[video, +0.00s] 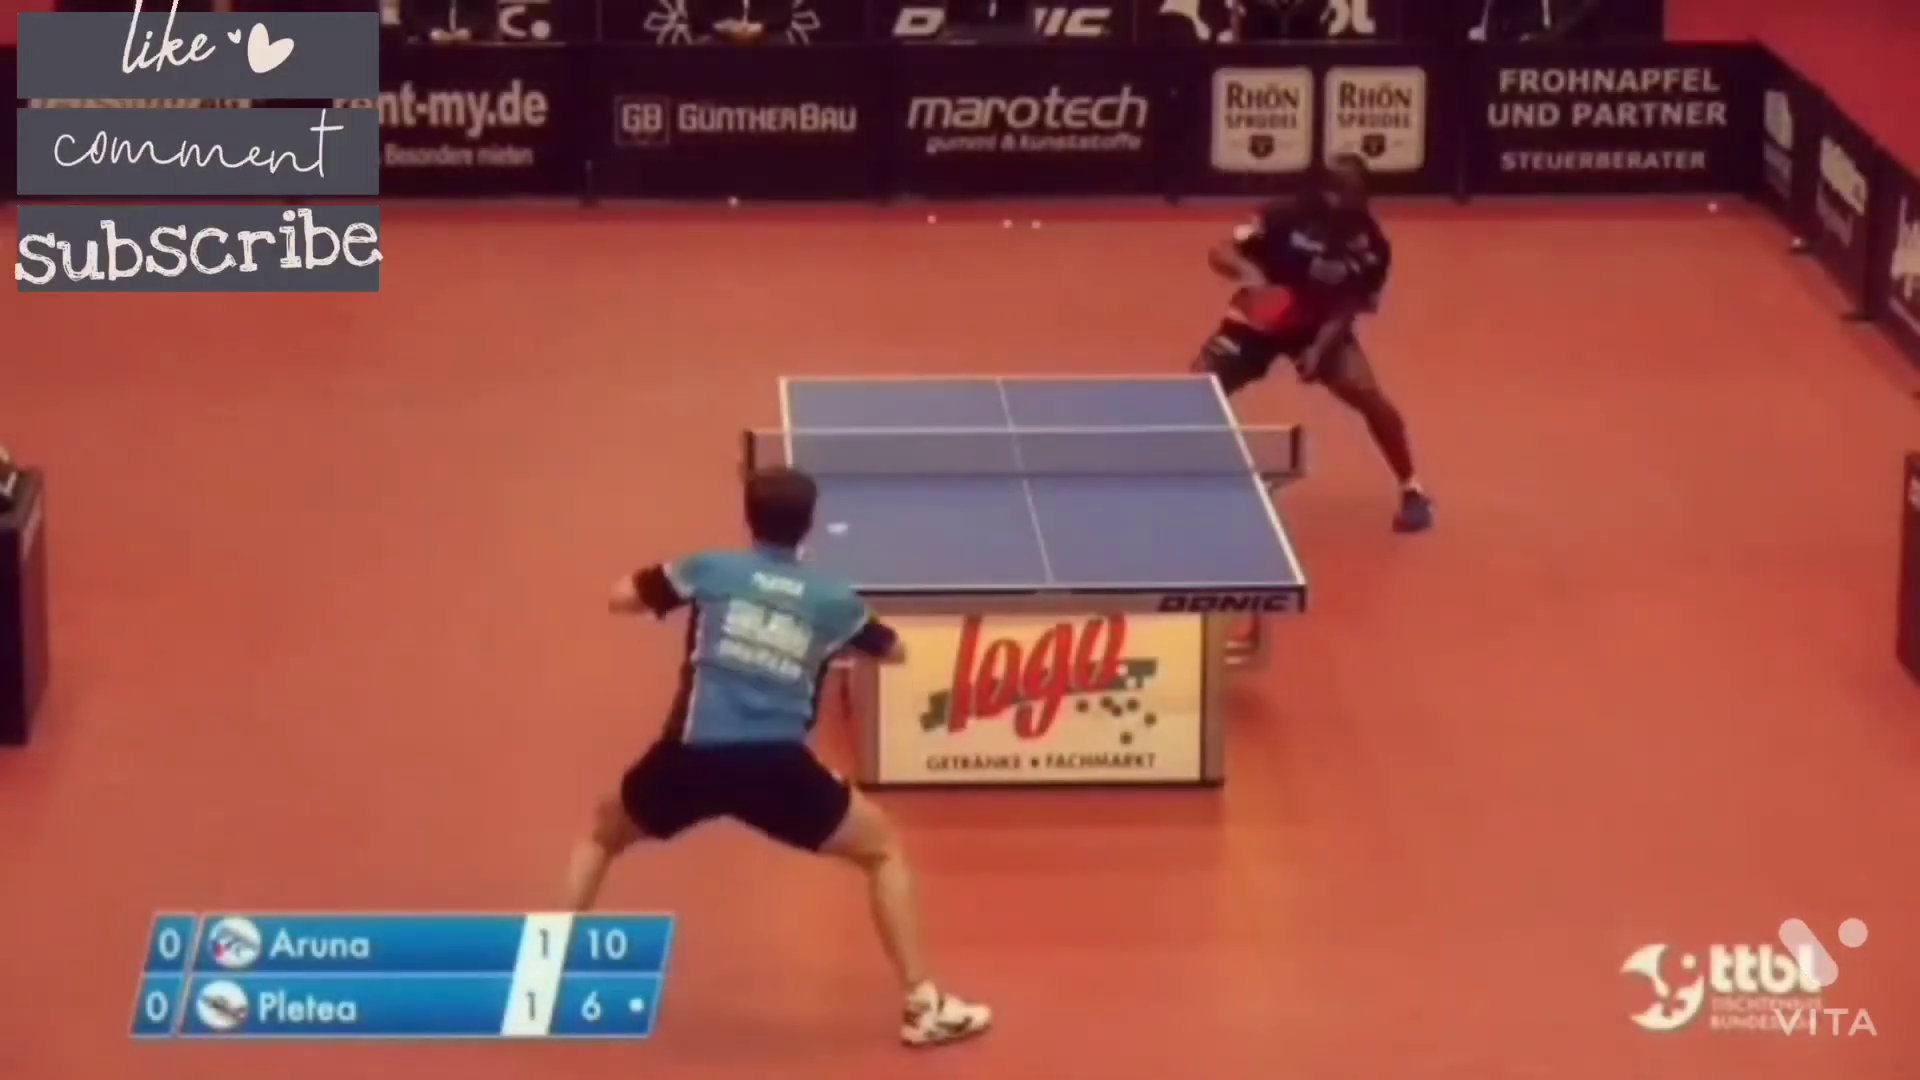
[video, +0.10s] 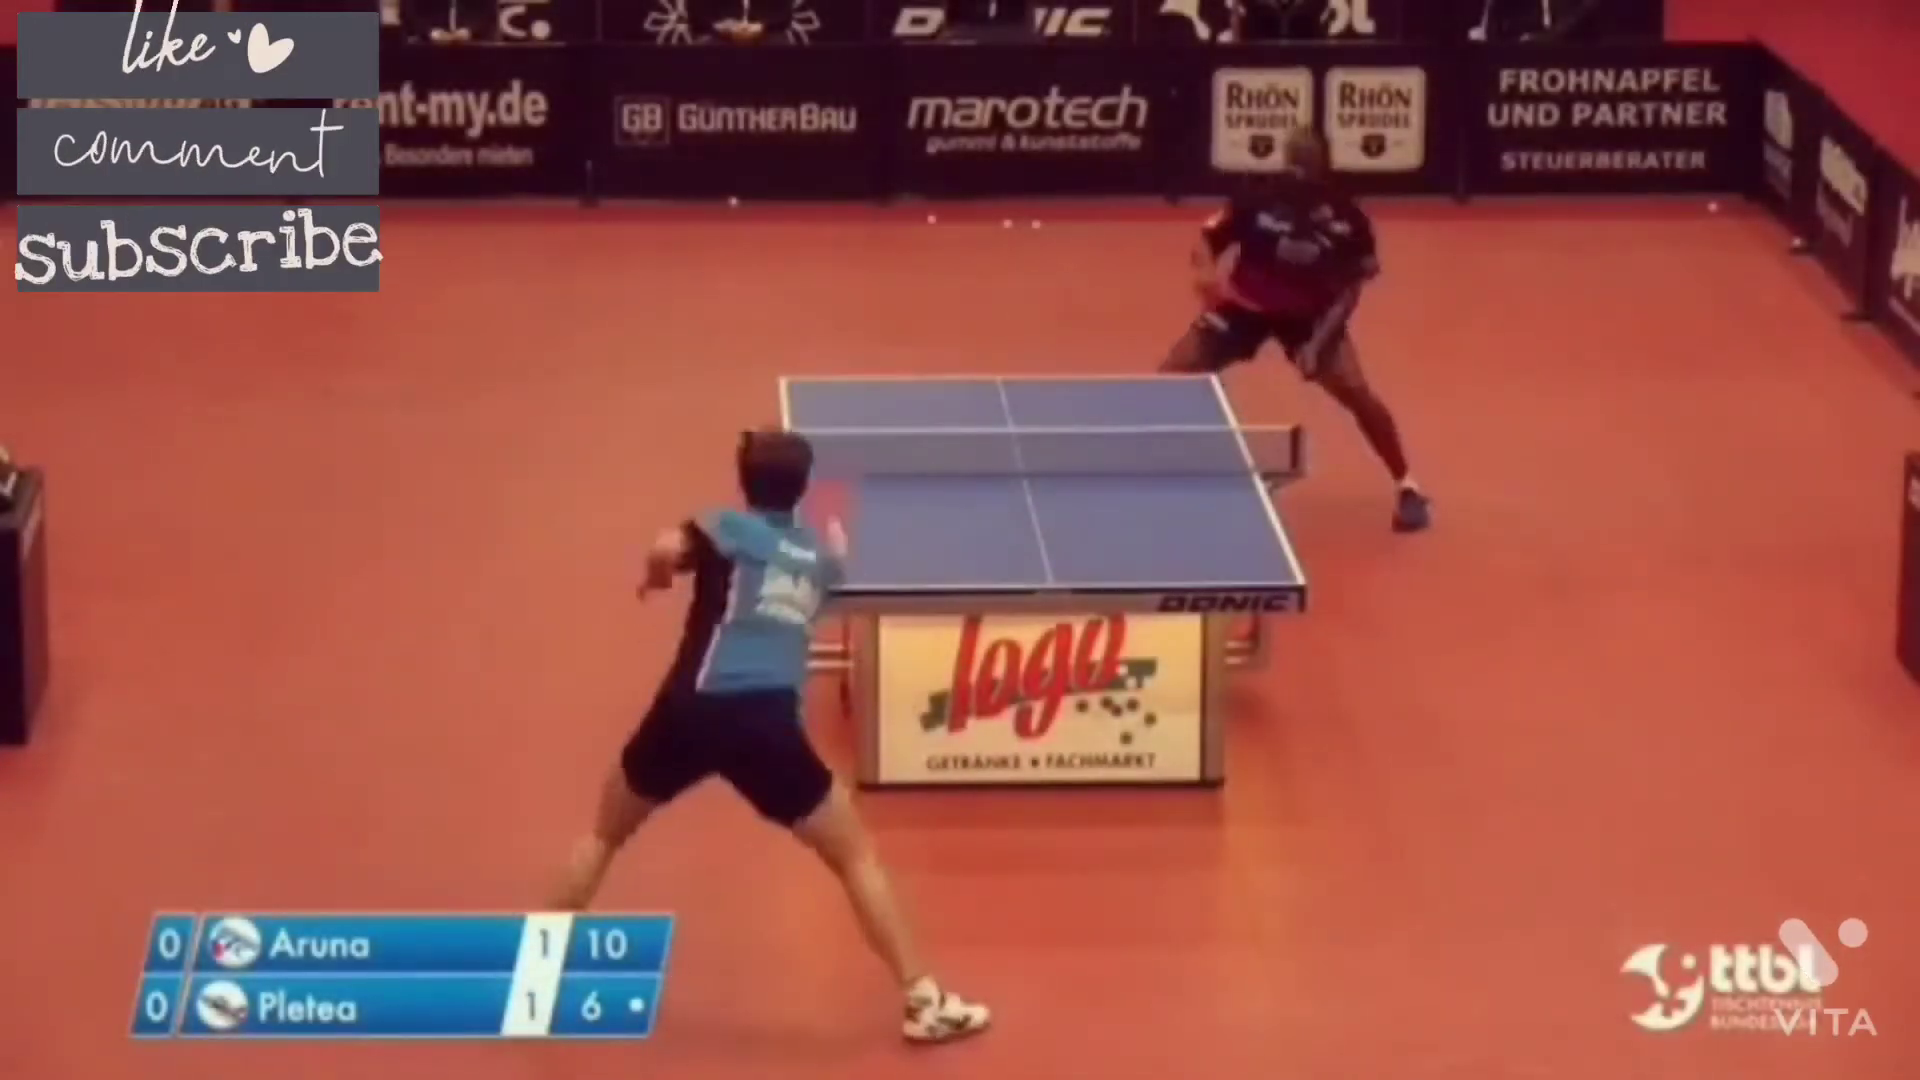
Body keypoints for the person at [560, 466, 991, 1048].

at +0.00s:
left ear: (749, 516)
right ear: (808, 524)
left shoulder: (709, 570)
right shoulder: (829, 598)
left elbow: (624, 597)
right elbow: (894, 650)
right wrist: (844, 634)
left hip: (693, 763)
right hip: (777, 770)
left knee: (604, 836)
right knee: (883, 852)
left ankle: (549, 962)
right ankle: (923, 1003)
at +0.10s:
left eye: (746, 468)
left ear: (744, 480)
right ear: (801, 488)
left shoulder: (726, 526)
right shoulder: (817, 558)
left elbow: (665, 552)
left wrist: (654, 576)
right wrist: (838, 550)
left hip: (688, 715)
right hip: (768, 725)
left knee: (604, 838)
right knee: (855, 858)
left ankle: (533, 959)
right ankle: (922, 998)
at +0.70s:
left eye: (790, 487)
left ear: (792, 497)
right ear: (851, 507)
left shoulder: (747, 550)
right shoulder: (861, 581)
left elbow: (673, 594)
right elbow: (920, 662)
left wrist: (729, 596)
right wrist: (878, 625)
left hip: (723, 752)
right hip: (813, 758)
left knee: (638, 818)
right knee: (914, 825)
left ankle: (574, 937)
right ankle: (960, 968)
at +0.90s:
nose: (761, 497)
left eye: (759, 490)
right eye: (796, 497)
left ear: (750, 503)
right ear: (804, 515)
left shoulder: (708, 551)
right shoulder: (817, 583)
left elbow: (626, 566)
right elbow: (881, 620)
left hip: (690, 749)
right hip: (774, 757)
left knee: (611, 791)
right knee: (876, 835)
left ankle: (559, 931)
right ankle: (957, 966)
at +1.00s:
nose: (743, 488)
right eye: (744, 479)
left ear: (686, 483)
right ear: (740, 490)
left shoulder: (666, 525)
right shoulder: (762, 553)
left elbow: (610, 532)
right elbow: (805, 563)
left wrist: (585, 585)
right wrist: (831, 539)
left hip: (638, 718)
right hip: (719, 732)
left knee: (567, 779)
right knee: (816, 858)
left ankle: (497, 889)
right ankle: (916, 973)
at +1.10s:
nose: (694, 484)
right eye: (696, 474)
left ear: (640, 481)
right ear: (697, 486)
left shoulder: (621, 532)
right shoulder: (723, 554)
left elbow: (581, 575)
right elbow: (776, 603)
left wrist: (545, 638)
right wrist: (781, 574)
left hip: (612, 733)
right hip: (693, 740)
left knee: (525, 819)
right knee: (790, 853)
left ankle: (446, 929)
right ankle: (885, 975)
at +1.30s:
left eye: (669, 467)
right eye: (710, 470)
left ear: (656, 478)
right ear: (715, 482)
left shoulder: (617, 541)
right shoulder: (741, 557)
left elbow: (545, 579)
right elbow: (795, 619)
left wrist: (563, 618)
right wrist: (812, 591)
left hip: (617, 730)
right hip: (708, 734)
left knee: (526, 807)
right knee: (816, 816)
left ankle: (446, 925)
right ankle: (870, 946)